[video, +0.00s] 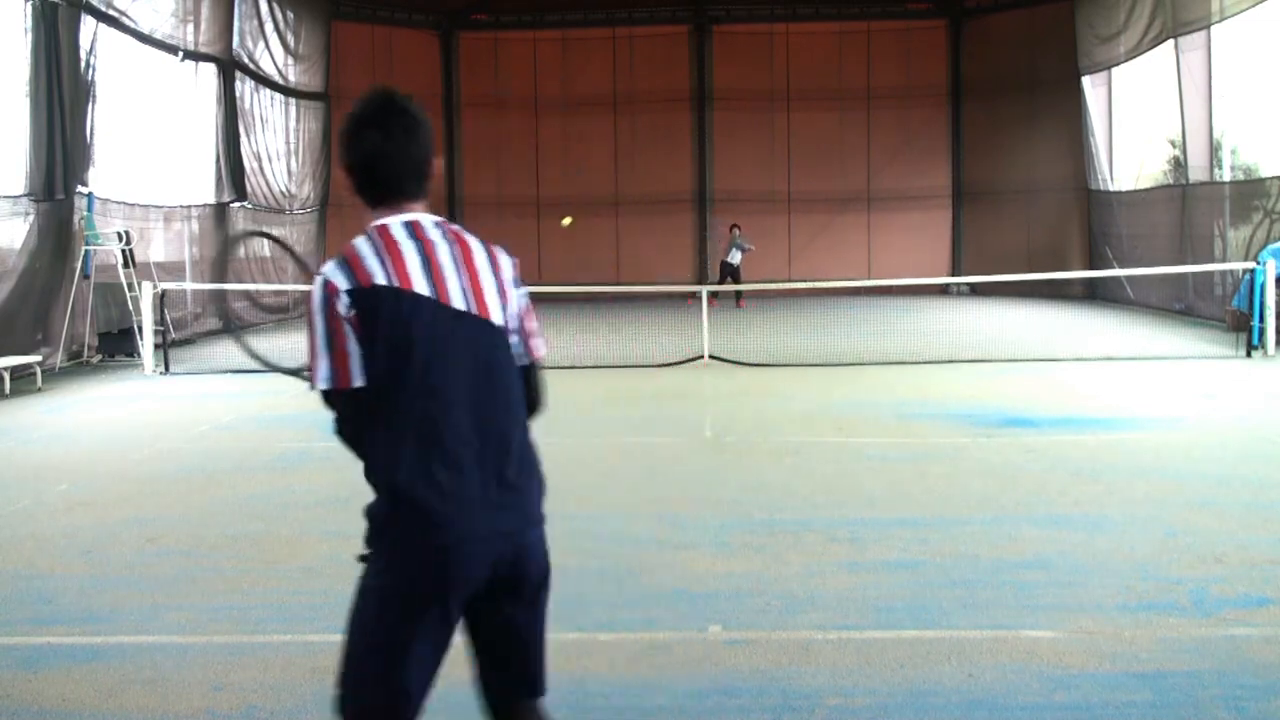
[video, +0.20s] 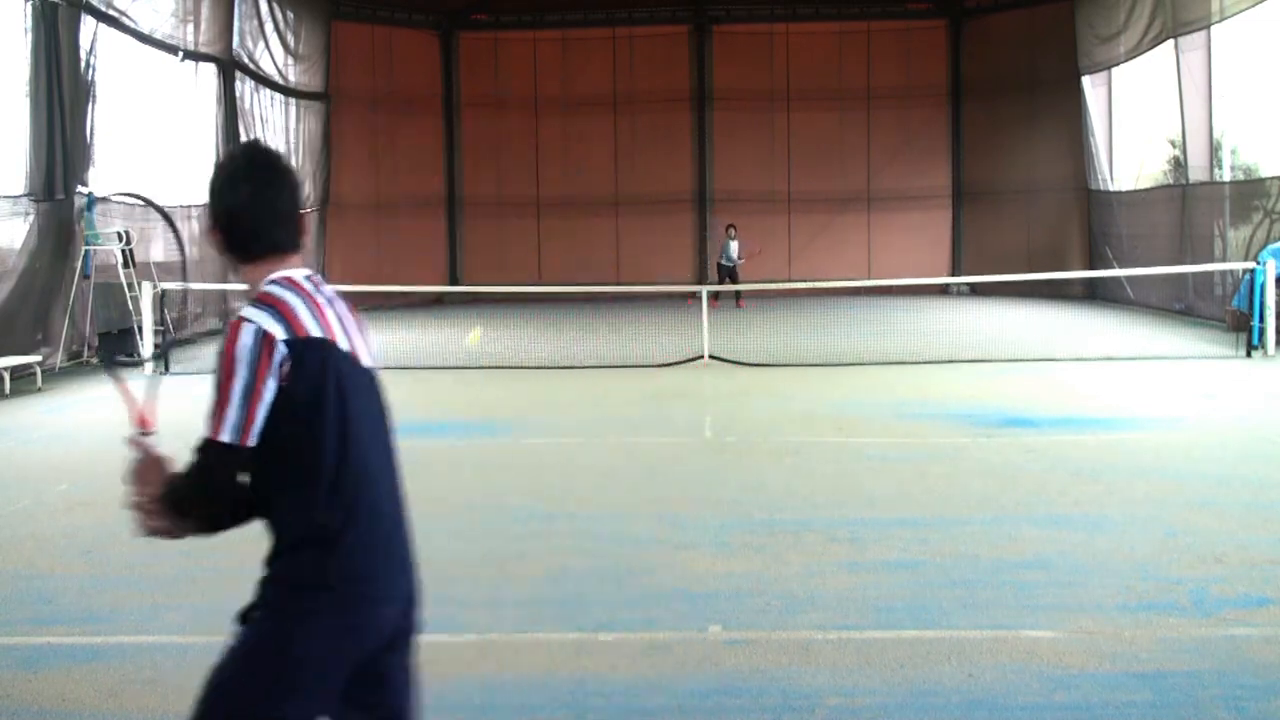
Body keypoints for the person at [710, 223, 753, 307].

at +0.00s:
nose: (736, 233)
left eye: (737, 231)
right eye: (734, 231)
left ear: (739, 232)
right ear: (731, 233)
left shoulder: (739, 243)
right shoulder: (732, 241)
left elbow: (741, 251)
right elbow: (739, 245)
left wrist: (747, 249)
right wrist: (747, 248)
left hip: (735, 265)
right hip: (727, 263)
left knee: (738, 283)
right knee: (721, 281)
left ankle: (738, 301)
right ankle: (713, 297)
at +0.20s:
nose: (731, 233)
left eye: (733, 231)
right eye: (729, 231)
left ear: (735, 232)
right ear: (727, 233)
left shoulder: (736, 242)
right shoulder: (727, 242)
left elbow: (735, 253)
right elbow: (728, 254)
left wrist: (738, 258)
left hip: (731, 264)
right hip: (723, 264)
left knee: (736, 282)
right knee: (721, 282)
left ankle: (738, 300)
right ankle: (715, 298)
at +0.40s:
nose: (725, 233)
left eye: (726, 231)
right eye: (723, 231)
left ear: (728, 233)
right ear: (720, 233)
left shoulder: (730, 243)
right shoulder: (717, 242)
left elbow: (730, 254)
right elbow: (717, 257)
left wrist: (740, 252)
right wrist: (728, 257)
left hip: (727, 265)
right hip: (717, 265)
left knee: (732, 283)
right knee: (718, 283)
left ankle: (732, 301)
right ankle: (715, 300)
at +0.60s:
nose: (721, 229)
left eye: (722, 227)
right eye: (719, 227)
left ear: (725, 228)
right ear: (716, 228)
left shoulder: (728, 239)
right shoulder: (712, 238)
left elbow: (729, 250)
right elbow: (709, 249)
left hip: (723, 261)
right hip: (713, 260)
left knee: (722, 281)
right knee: (711, 281)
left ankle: (719, 300)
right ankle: (710, 299)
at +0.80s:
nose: (716, 230)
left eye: (718, 228)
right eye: (715, 228)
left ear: (721, 229)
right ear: (712, 229)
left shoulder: (725, 239)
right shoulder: (708, 239)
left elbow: (729, 251)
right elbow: (704, 250)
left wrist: (721, 253)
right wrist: (710, 255)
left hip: (720, 263)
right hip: (710, 262)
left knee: (721, 282)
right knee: (703, 279)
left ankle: (718, 301)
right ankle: (698, 296)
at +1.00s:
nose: (711, 229)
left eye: (713, 226)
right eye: (709, 227)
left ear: (715, 228)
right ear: (706, 228)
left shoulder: (720, 237)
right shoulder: (703, 237)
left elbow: (724, 247)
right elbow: (699, 248)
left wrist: (718, 253)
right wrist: (704, 254)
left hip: (717, 260)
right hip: (706, 260)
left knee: (721, 279)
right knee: (700, 278)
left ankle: (723, 298)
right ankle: (696, 295)